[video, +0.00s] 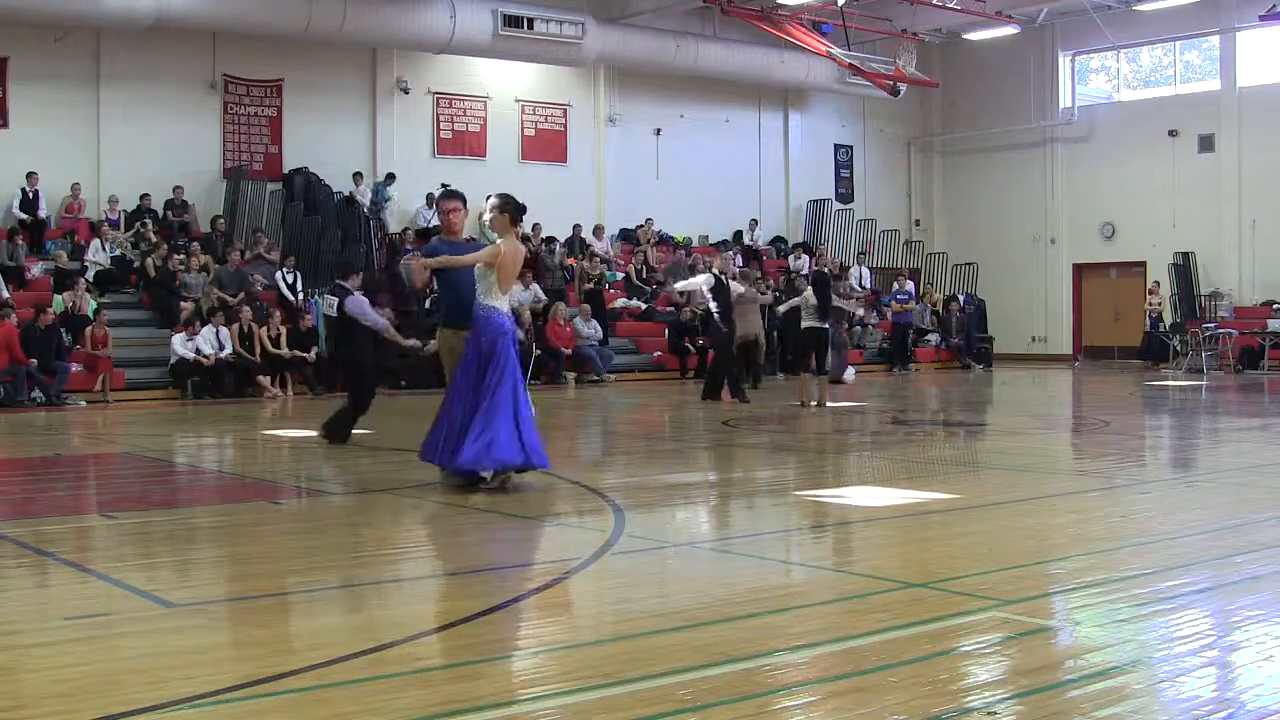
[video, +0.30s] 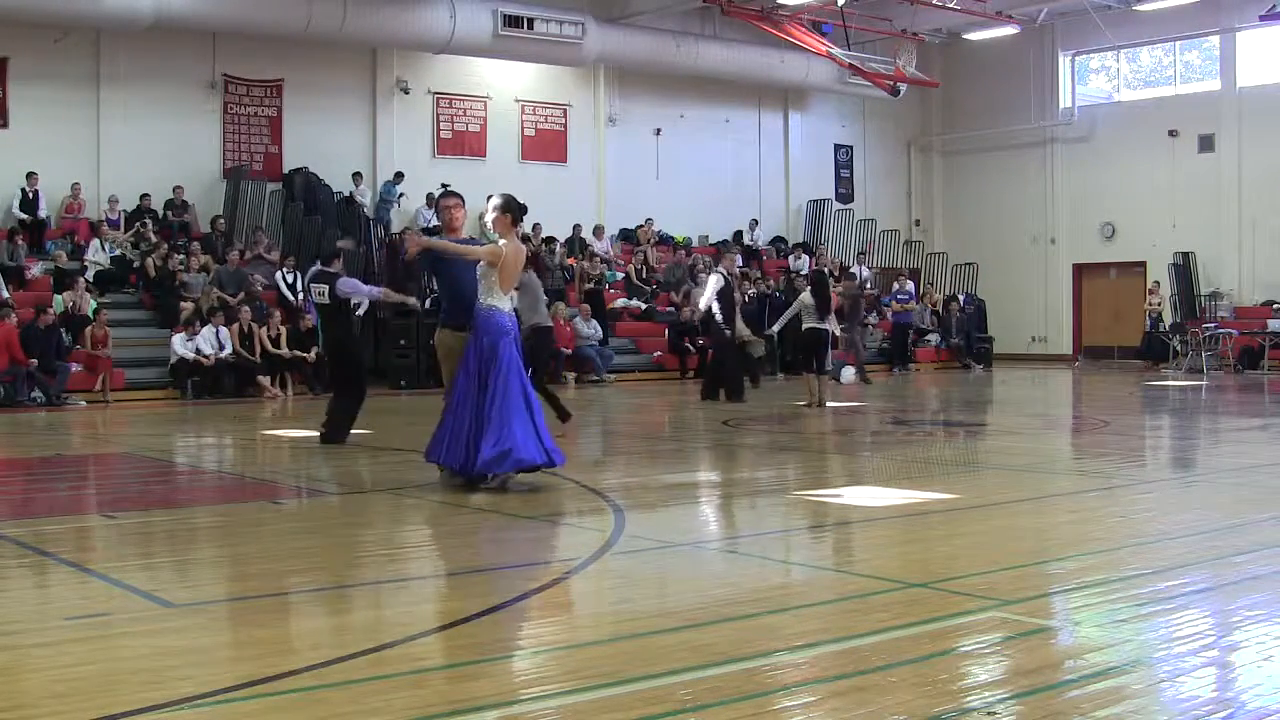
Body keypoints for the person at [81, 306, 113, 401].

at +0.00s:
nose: (106, 317)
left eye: (106, 315)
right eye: (104, 315)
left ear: (106, 317)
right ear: (97, 316)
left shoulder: (107, 331)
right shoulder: (89, 330)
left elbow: (109, 349)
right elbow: (88, 350)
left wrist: (100, 352)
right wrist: (100, 353)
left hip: (103, 355)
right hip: (92, 356)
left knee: (105, 361)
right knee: (107, 364)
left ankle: (99, 382)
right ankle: (107, 393)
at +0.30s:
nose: (106, 317)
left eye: (106, 314)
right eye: (104, 315)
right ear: (97, 316)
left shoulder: (108, 331)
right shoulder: (89, 330)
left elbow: (109, 349)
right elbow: (88, 350)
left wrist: (103, 351)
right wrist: (99, 353)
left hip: (103, 355)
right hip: (92, 356)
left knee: (105, 361)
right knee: (106, 365)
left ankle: (99, 382)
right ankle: (107, 393)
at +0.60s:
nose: (106, 317)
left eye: (106, 314)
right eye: (104, 314)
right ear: (97, 316)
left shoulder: (108, 331)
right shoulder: (89, 330)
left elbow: (109, 349)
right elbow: (88, 350)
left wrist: (103, 351)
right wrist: (99, 353)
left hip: (103, 355)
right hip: (92, 356)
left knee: (104, 361)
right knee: (106, 365)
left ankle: (99, 382)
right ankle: (107, 393)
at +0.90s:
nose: (106, 317)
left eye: (106, 314)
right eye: (104, 314)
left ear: (105, 316)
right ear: (97, 316)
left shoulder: (107, 330)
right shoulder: (89, 330)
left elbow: (109, 349)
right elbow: (89, 350)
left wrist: (104, 352)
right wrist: (100, 353)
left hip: (103, 355)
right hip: (92, 356)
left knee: (105, 361)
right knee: (106, 365)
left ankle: (99, 382)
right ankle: (107, 393)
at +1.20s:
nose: (106, 317)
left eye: (106, 314)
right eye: (104, 315)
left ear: (105, 317)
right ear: (97, 316)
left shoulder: (107, 330)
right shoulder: (89, 330)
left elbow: (109, 349)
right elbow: (89, 350)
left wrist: (105, 352)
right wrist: (100, 353)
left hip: (103, 355)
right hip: (92, 356)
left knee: (105, 361)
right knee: (106, 365)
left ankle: (99, 382)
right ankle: (107, 393)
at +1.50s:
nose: (106, 317)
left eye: (106, 315)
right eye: (104, 315)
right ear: (97, 316)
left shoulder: (107, 330)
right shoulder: (89, 330)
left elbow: (109, 348)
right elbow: (89, 350)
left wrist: (105, 352)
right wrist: (99, 353)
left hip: (103, 355)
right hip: (92, 355)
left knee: (104, 360)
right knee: (107, 364)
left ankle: (98, 382)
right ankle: (107, 393)